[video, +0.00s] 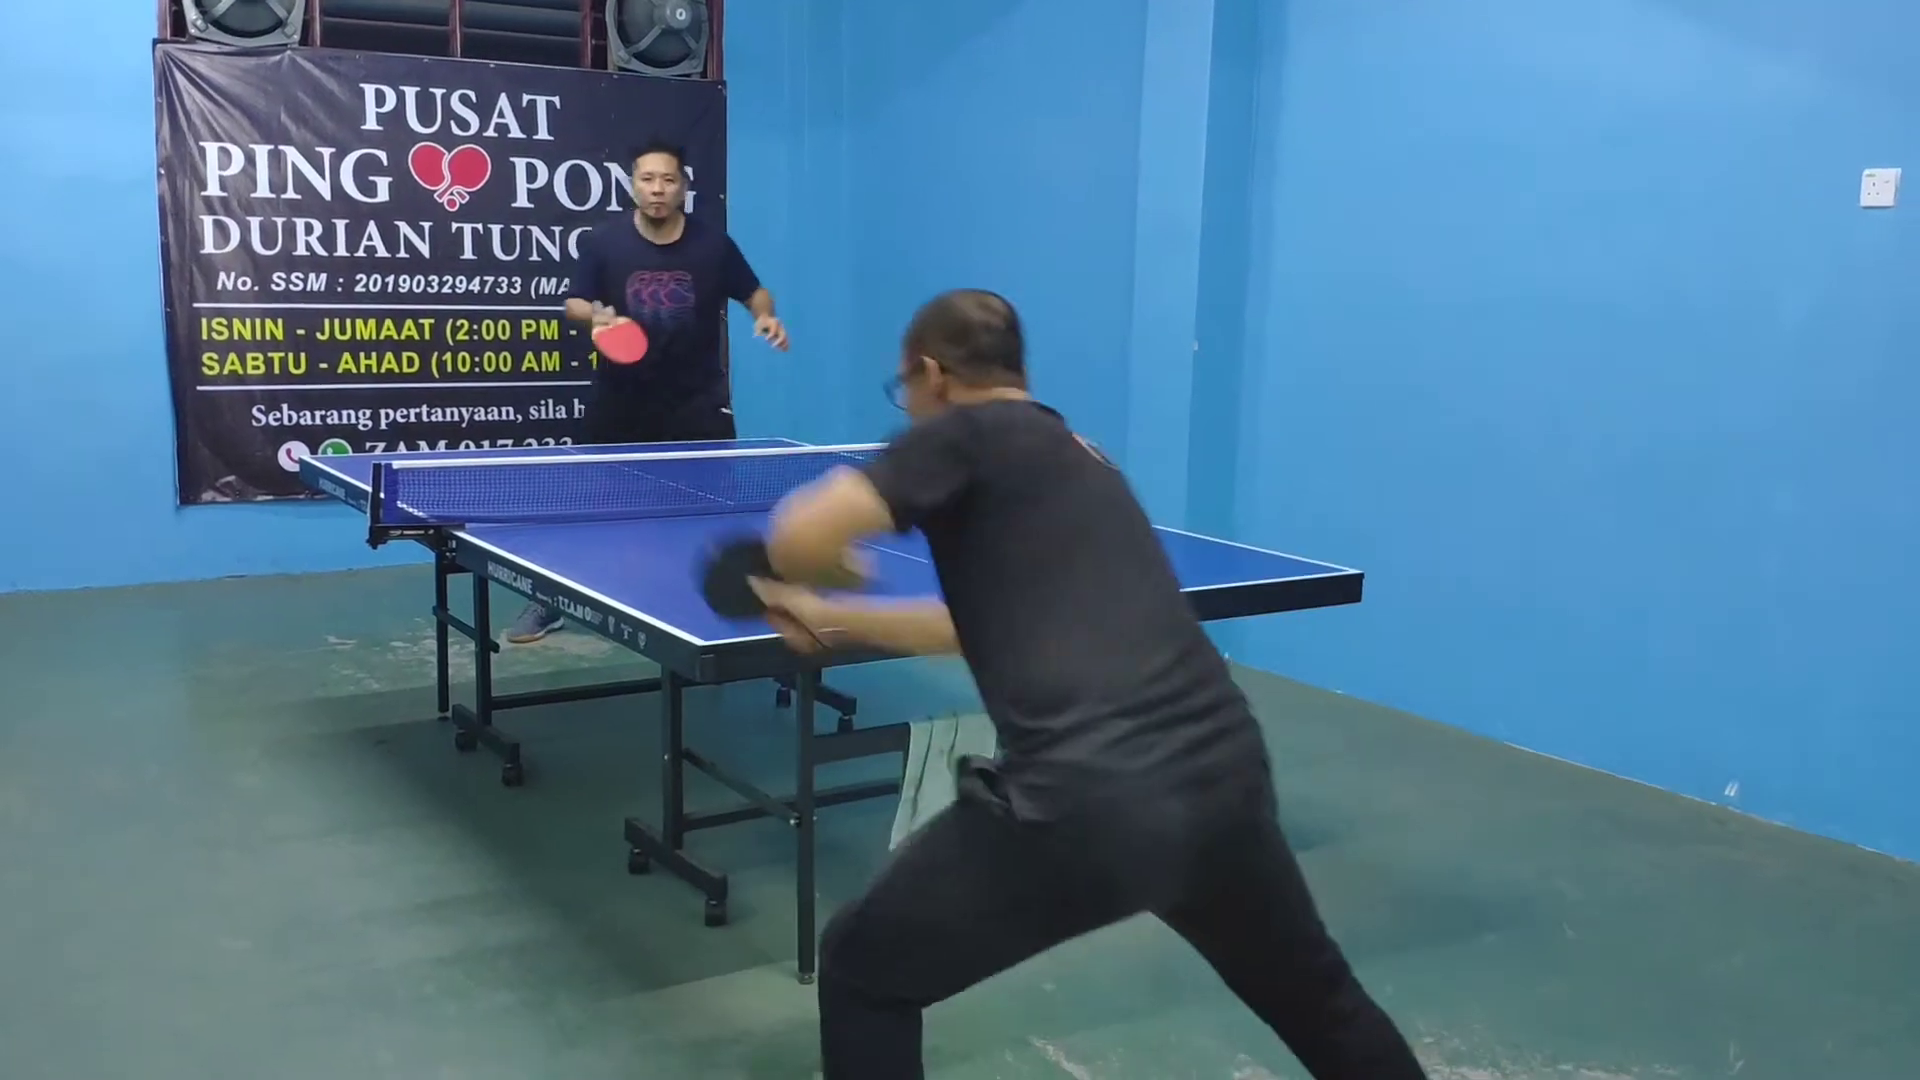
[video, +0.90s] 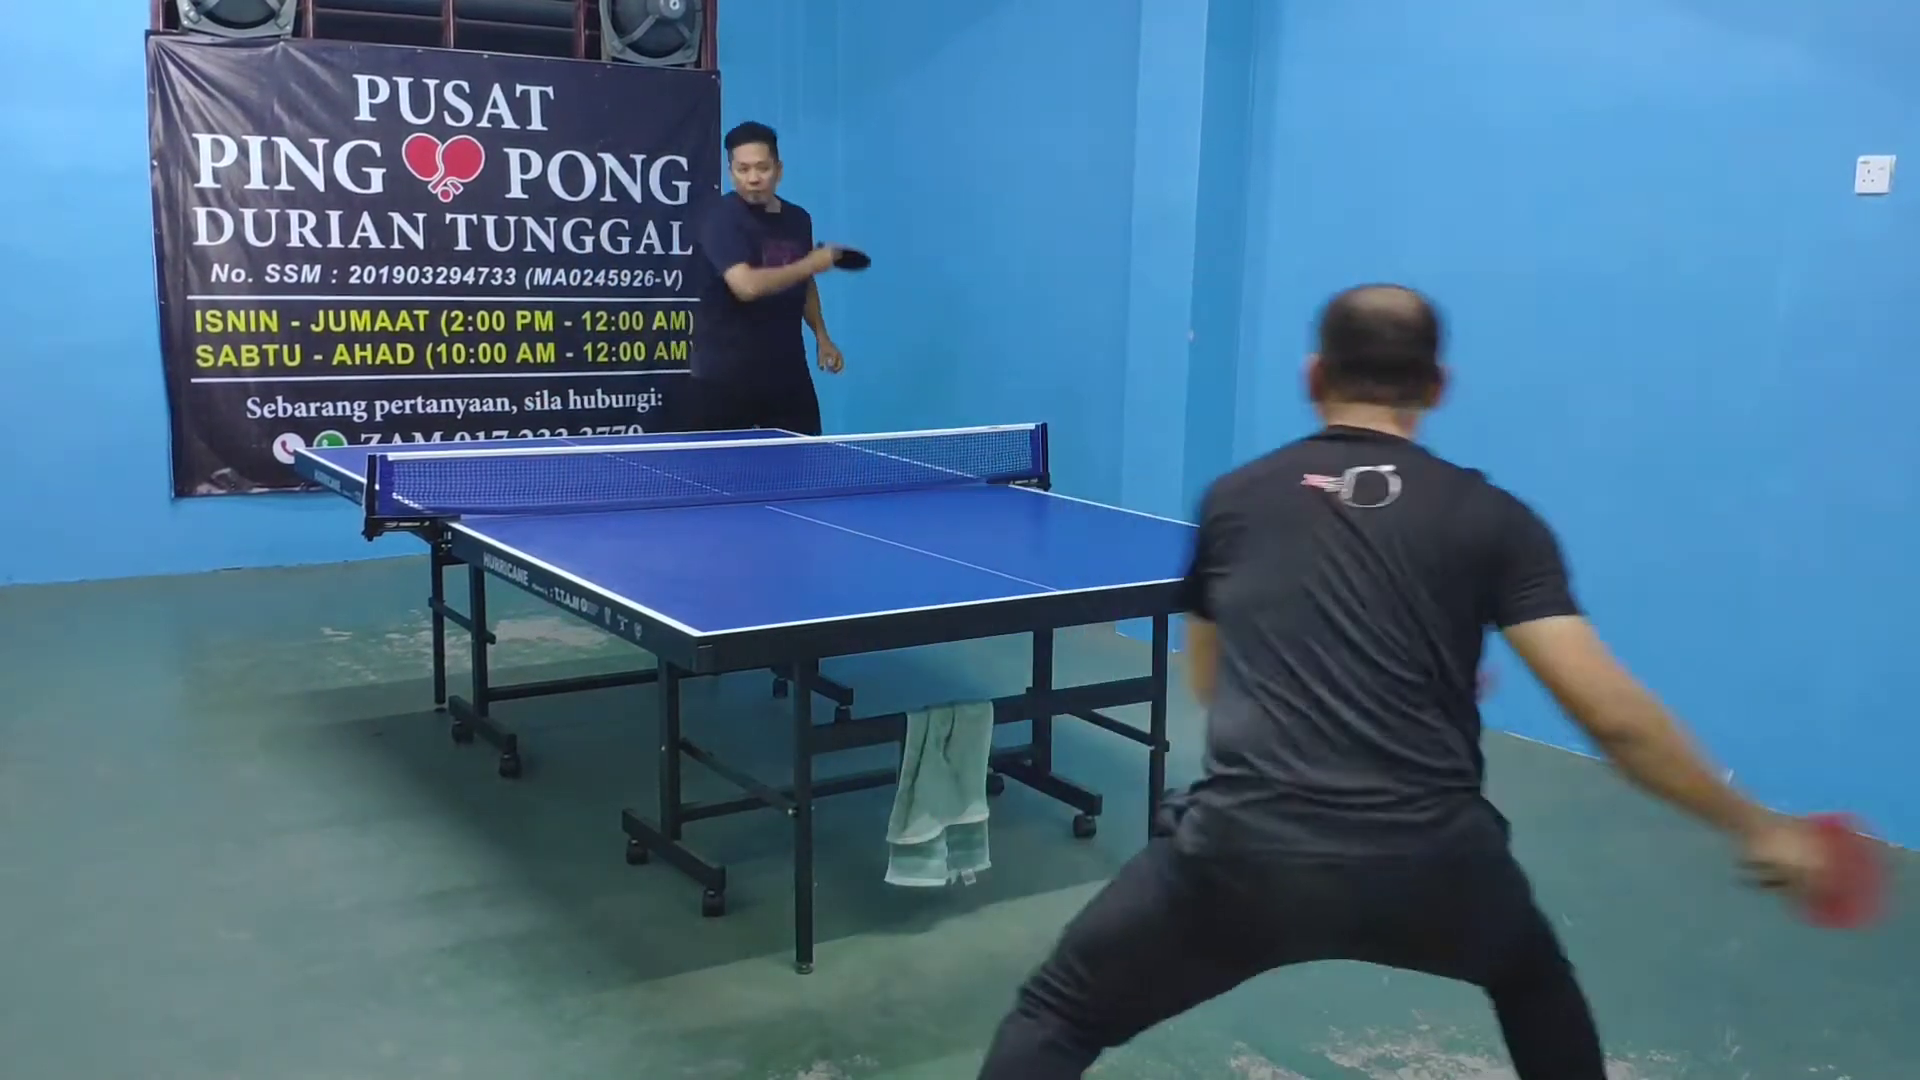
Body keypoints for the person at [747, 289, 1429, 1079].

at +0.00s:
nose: (907, 405)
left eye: (907, 386)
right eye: (906, 387)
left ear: (932, 375)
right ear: (1015, 373)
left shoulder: (960, 439)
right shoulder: (1084, 460)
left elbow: (799, 532)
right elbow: (1010, 622)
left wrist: (831, 576)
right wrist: (846, 628)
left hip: (1084, 808)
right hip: (1218, 789)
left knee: (864, 970)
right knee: (1326, 1005)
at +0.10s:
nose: (855, 348)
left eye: (857, 332)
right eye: (856, 334)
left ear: (876, 331)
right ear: (973, 333)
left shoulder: (924, 380)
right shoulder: (1016, 429)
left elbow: (801, 365)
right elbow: (878, 533)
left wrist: (723, 472)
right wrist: (752, 484)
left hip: (1047, 769)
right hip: (1182, 744)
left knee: (862, 973)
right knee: (1279, 986)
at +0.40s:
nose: (843, 284)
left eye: (844, 266)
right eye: (849, 264)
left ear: (857, 276)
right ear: (972, 267)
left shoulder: (914, 343)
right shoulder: (1019, 367)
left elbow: (930, 401)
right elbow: (896, 512)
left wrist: (811, 596)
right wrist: (742, 463)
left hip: (1004, 742)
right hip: (1140, 720)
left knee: (829, 982)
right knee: (1251, 965)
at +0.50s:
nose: (882, 318)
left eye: (882, 304)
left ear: (894, 312)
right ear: (1010, 304)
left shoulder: (930, 398)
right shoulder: (1071, 408)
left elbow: (925, 524)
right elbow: (984, 584)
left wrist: (860, 731)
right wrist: (816, 570)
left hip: (1014, 795)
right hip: (1177, 779)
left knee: (838, 975)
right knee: (1307, 958)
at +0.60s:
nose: (956, 305)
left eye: (958, 291)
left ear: (969, 301)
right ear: (1078, 295)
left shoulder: (984, 397)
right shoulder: (1153, 393)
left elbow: (936, 546)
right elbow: (1138, 571)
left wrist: (908, 722)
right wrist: (981, 614)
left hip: (1089, 786)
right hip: (1258, 768)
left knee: (911, 977)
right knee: (1403, 956)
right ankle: (1489, 1071)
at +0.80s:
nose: (1214, 370)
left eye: (1216, 357)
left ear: (1227, 368)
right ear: (1335, 370)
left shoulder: (1171, 495)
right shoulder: (1424, 495)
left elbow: (1094, 690)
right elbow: (1511, 705)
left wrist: (1191, 736)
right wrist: (1480, 764)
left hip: (1229, 861)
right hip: (1403, 862)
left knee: (1032, 991)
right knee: (1499, 1000)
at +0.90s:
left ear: (1316, 380)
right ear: (1436, 393)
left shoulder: (1234, 498)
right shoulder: (1486, 516)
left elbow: (1208, 682)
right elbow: (1611, 716)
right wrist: (1756, 827)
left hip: (1246, 860)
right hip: (1433, 868)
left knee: (1058, 1014)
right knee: (1535, 986)